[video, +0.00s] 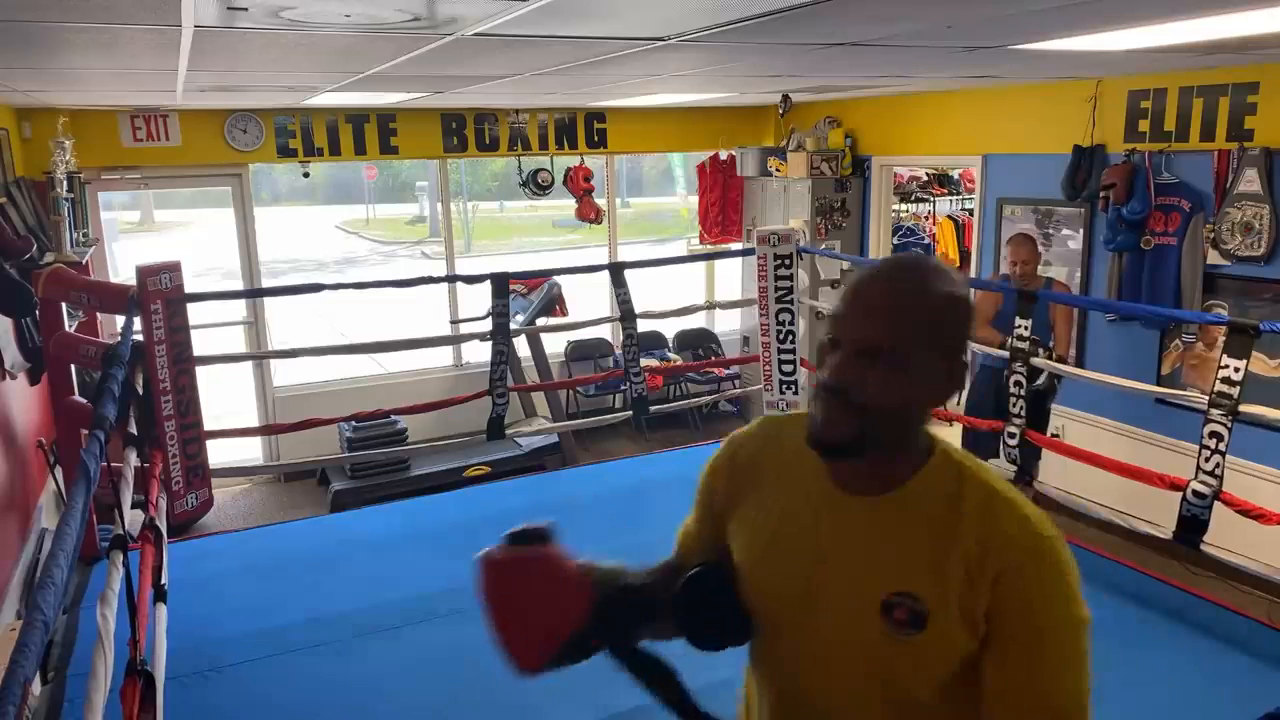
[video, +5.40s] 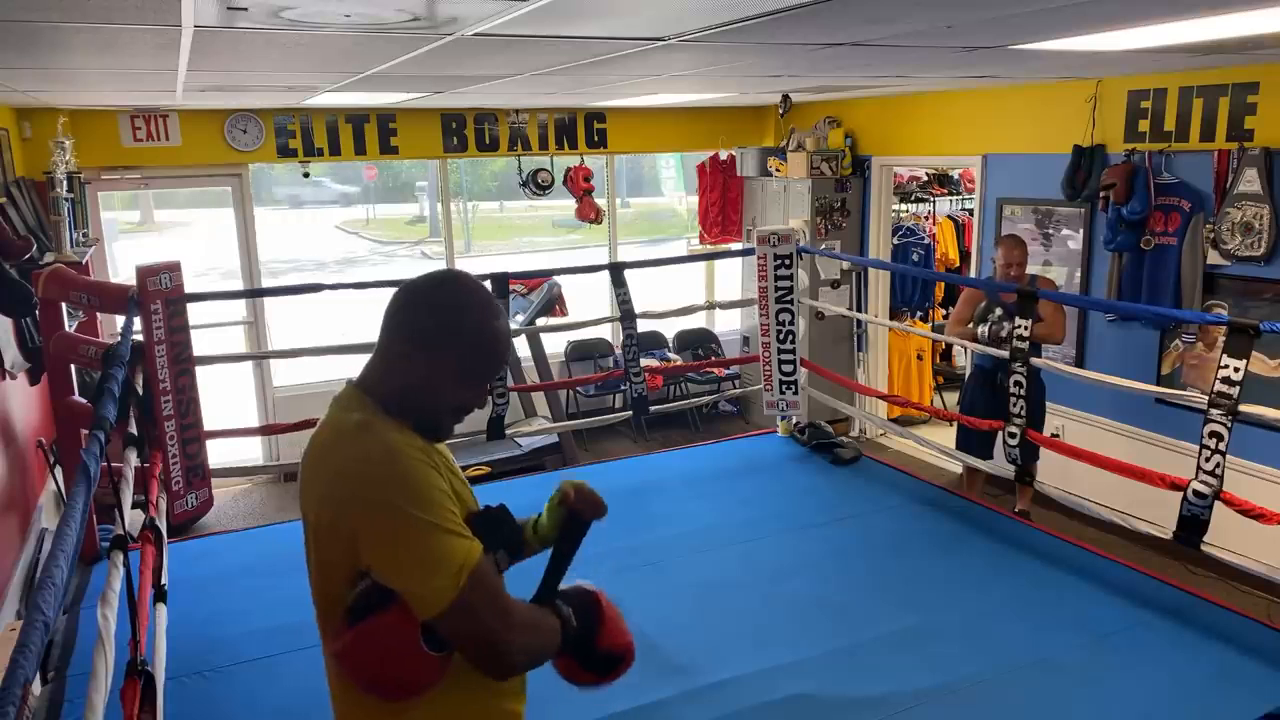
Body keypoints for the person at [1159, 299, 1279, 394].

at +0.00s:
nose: (1220, 326)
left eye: (1223, 322)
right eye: (1215, 321)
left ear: (1226, 327)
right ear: (1201, 325)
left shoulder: (1232, 350)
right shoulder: (1190, 348)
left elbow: (1271, 368)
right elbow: (1163, 369)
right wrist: (1178, 347)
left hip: (1219, 405)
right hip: (1190, 401)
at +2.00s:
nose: (1220, 327)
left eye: (1224, 322)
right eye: (1215, 322)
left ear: (1226, 327)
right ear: (1201, 325)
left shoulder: (1231, 350)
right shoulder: (1189, 349)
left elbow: (1270, 368)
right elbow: (1162, 369)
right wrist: (1178, 348)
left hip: (1219, 405)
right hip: (1189, 401)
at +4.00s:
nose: (1220, 327)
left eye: (1223, 322)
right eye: (1215, 322)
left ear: (1226, 327)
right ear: (1201, 325)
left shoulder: (1231, 349)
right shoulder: (1189, 349)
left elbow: (1270, 368)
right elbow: (1162, 369)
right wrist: (1180, 351)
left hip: (1219, 405)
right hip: (1189, 400)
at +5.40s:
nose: (1220, 325)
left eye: (1224, 321)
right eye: (1215, 320)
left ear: (1227, 326)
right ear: (1201, 324)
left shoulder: (1232, 349)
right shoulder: (1189, 348)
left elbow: (1271, 367)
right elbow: (1162, 369)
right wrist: (1180, 346)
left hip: (1220, 406)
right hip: (1190, 401)